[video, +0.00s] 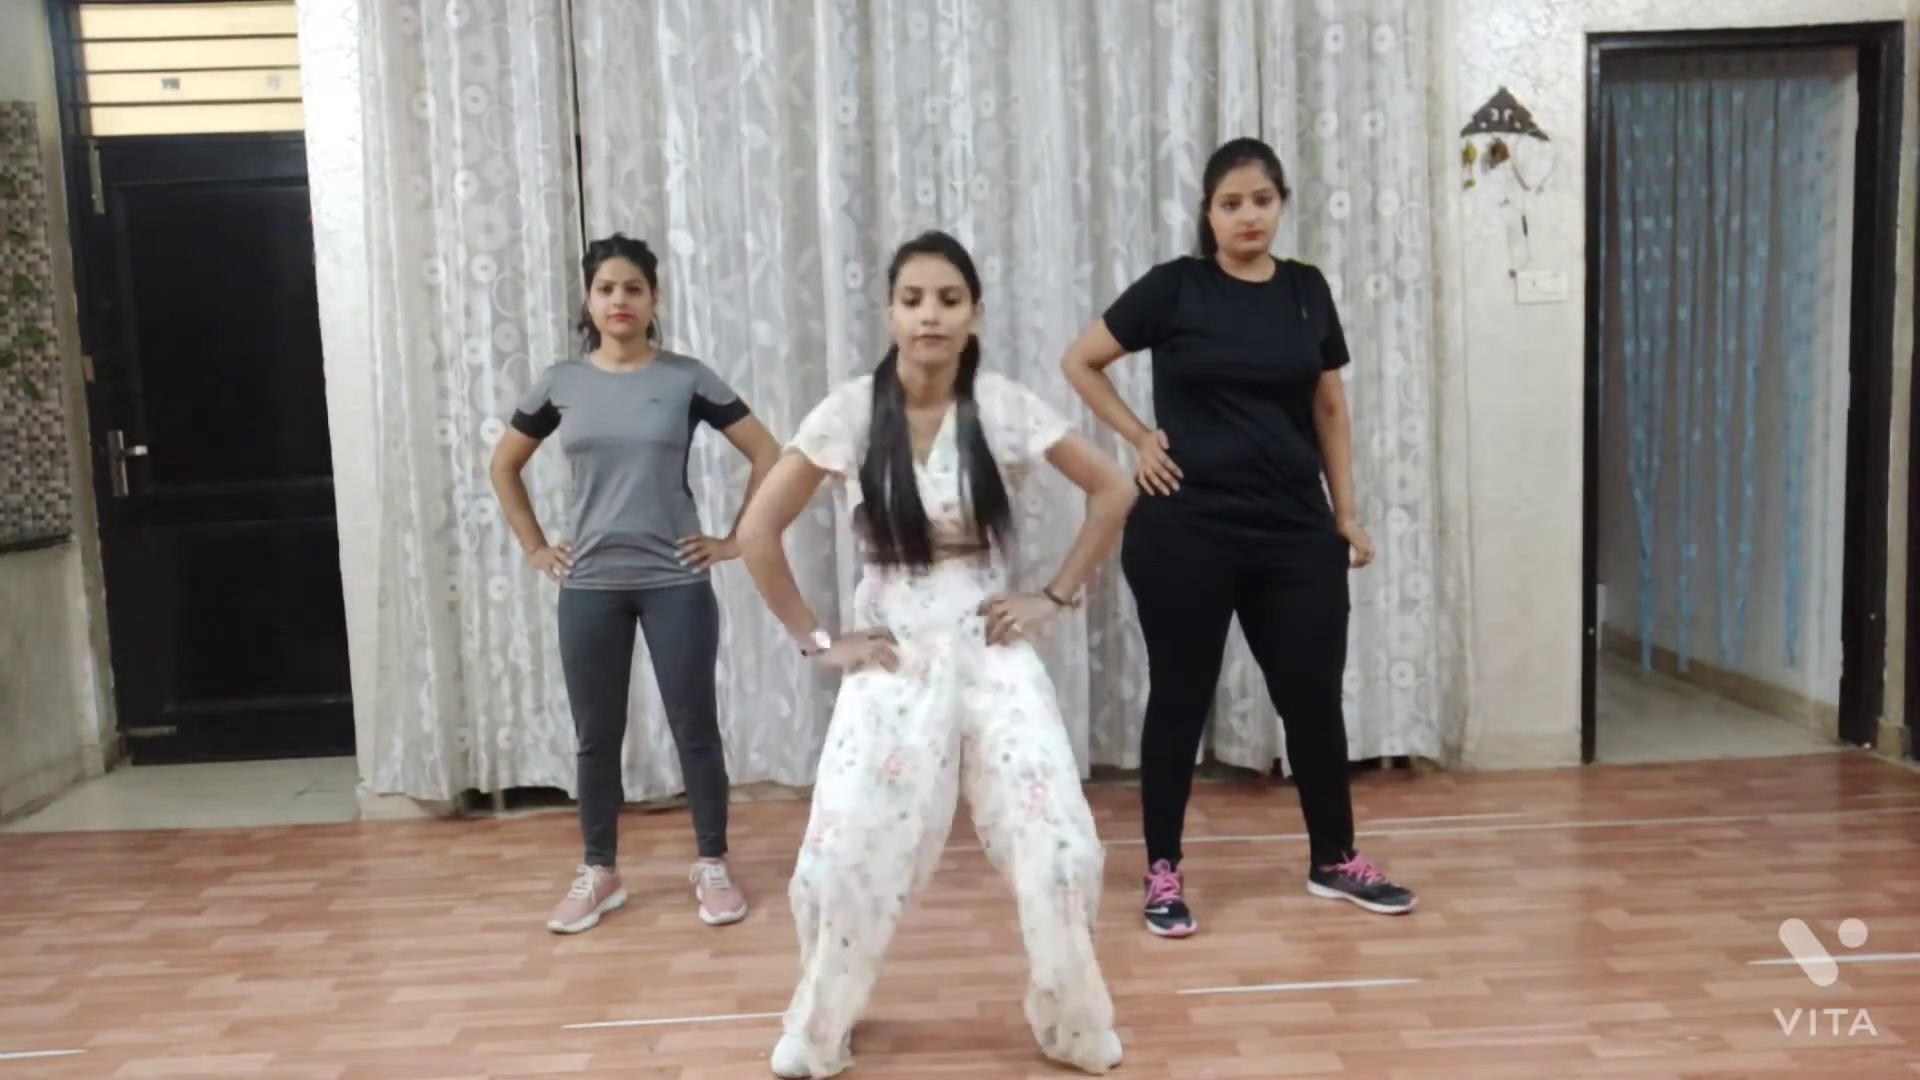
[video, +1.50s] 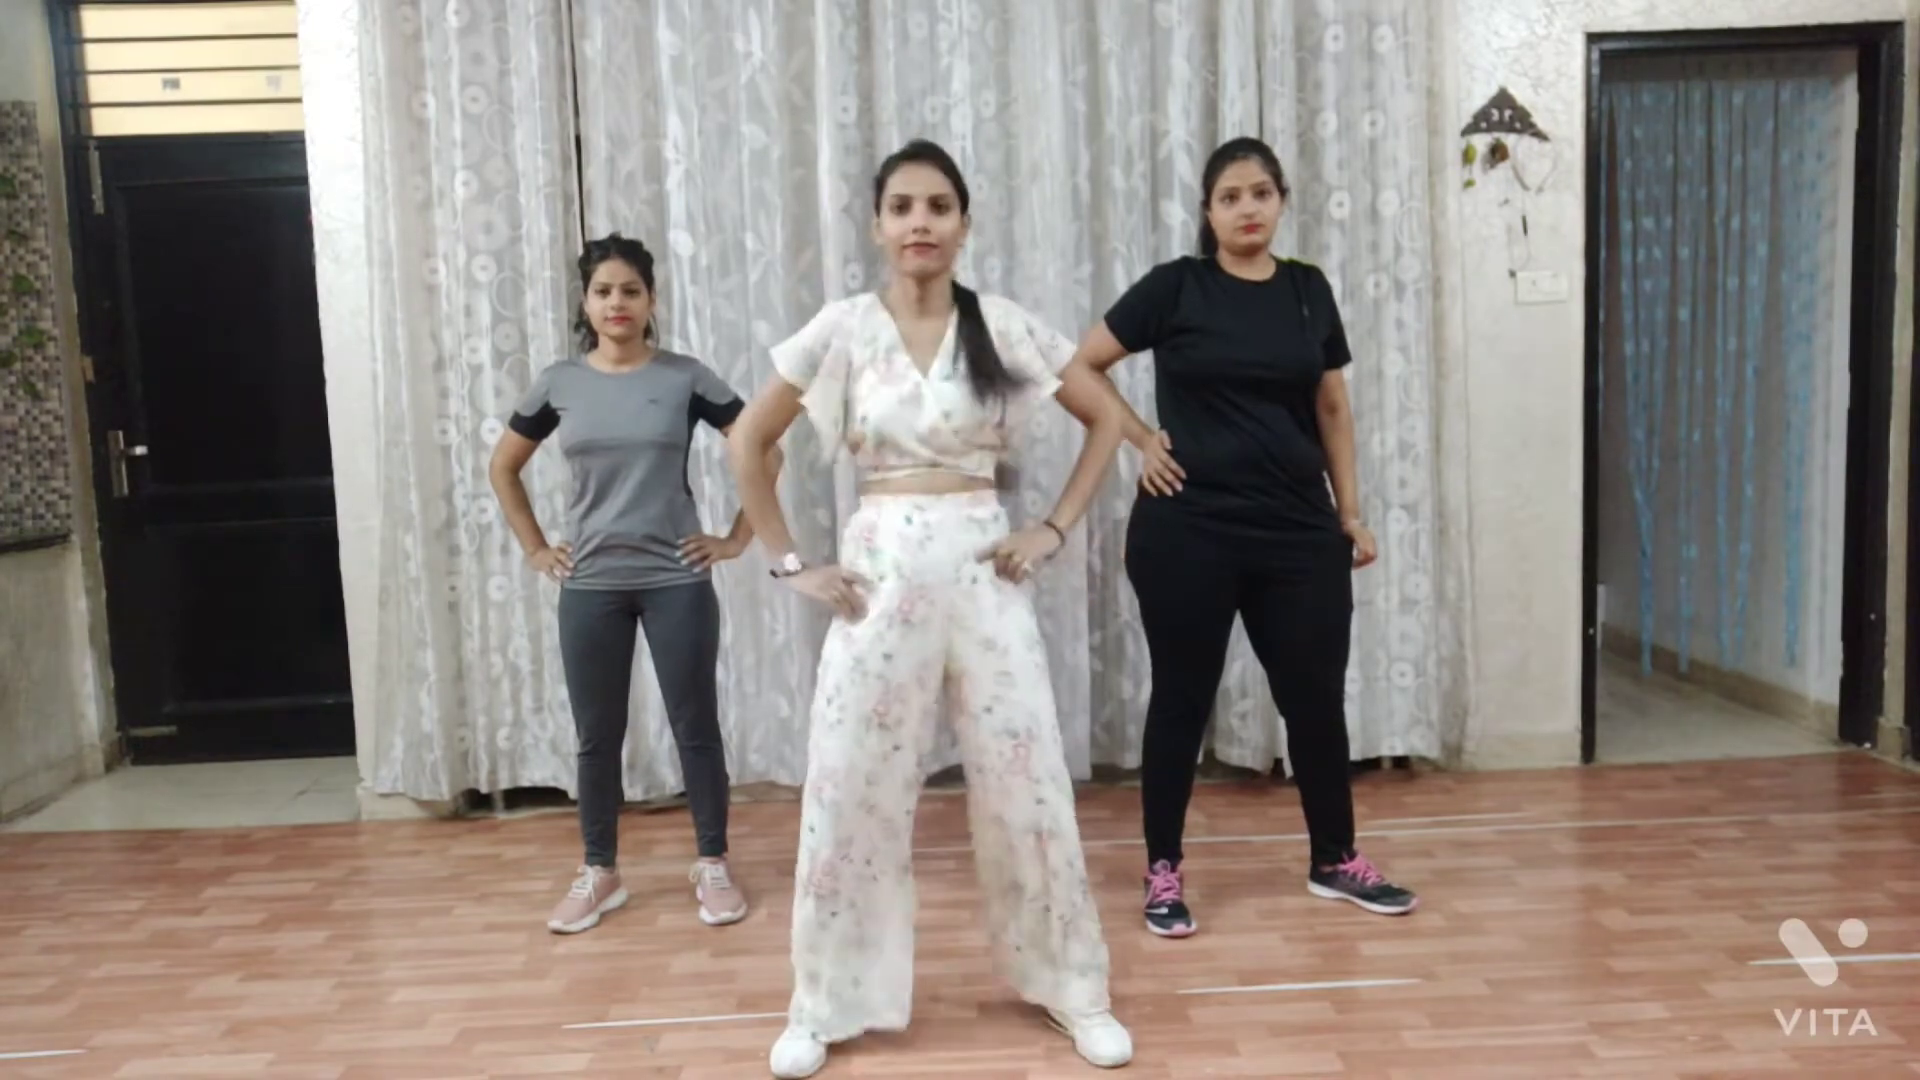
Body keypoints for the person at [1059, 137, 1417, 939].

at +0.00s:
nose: (1248, 215)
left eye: (1262, 200)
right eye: (1232, 202)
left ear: (1282, 206)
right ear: (1208, 211)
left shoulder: (1305, 290)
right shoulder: (1173, 288)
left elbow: (1331, 409)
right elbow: (1079, 363)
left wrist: (1346, 515)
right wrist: (1139, 436)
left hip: (1293, 529)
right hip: (1186, 526)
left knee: (1315, 699)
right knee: (1180, 699)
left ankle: (1335, 860)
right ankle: (1162, 870)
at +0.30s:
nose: (1249, 212)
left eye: (1262, 197)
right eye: (1232, 199)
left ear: (1282, 205)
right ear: (1208, 210)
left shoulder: (1305, 290)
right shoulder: (1174, 288)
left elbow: (1331, 408)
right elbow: (1079, 363)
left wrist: (1346, 513)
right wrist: (1139, 435)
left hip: (1294, 528)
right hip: (1186, 526)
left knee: (1316, 699)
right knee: (1180, 700)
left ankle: (1334, 860)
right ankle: (1163, 870)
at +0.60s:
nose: (1249, 210)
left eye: (1263, 195)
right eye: (1233, 198)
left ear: (1283, 204)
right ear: (1209, 209)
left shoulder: (1307, 289)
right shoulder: (1175, 288)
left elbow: (1333, 408)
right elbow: (1081, 364)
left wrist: (1348, 511)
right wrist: (1141, 436)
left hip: (1296, 529)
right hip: (1188, 526)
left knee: (1317, 698)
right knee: (1182, 699)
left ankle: (1335, 861)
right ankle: (1163, 870)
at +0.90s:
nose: (1249, 209)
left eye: (1263, 194)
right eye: (1233, 196)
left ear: (1284, 203)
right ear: (1209, 208)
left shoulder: (1309, 290)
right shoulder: (1173, 287)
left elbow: (1333, 409)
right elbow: (1095, 364)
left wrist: (1348, 512)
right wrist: (1134, 436)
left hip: (1298, 530)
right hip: (1190, 529)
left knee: (1317, 702)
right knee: (1180, 702)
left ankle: (1334, 861)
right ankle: (1164, 871)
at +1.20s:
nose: (1249, 209)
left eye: (1263, 194)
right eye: (1233, 196)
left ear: (1283, 203)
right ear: (1209, 208)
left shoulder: (1309, 290)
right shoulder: (1175, 289)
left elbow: (1334, 410)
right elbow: (1077, 368)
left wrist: (1348, 512)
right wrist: (1137, 435)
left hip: (1297, 529)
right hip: (1188, 527)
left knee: (1318, 701)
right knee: (1181, 701)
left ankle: (1335, 861)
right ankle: (1165, 870)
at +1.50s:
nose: (1248, 209)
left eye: (1262, 194)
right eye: (1231, 196)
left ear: (1282, 203)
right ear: (1208, 208)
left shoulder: (1308, 289)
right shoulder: (1174, 289)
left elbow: (1334, 409)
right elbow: (1076, 371)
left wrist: (1349, 513)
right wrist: (1139, 434)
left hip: (1297, 529)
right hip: (1188, 527)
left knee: (1317, 701)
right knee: (1181, 700)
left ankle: (1336, 860)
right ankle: (1164, 870)